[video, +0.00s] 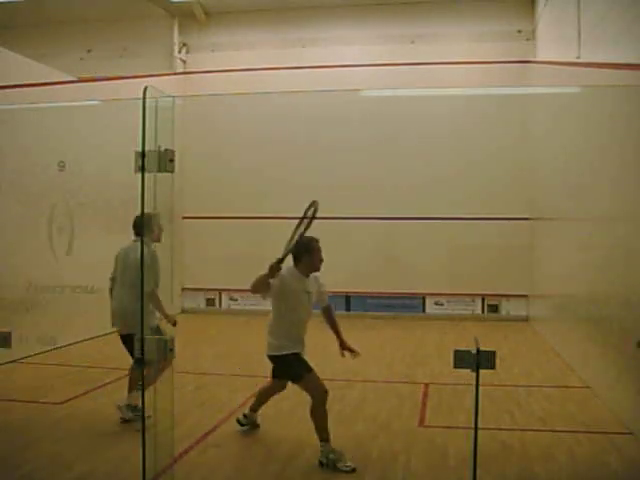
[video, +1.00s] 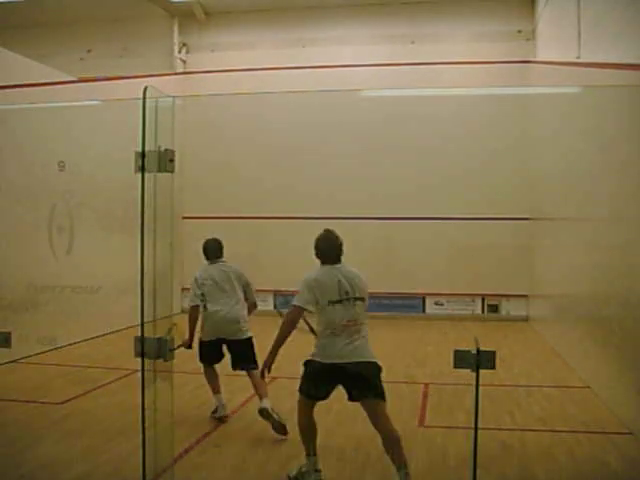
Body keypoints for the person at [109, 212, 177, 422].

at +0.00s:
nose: (162, 230)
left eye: (160, 225)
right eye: (159, 226)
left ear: (138, 230)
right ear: (150, 229)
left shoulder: (123, 252)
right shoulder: (149, 253)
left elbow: (113, 285)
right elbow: (150, 291)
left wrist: (118, 311)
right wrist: (167, 315)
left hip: (122, 322)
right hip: (140, 322)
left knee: (139, 361)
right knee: (165, 357)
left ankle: (132, 404)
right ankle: (133, 398)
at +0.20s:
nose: (206, 226)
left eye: (205, 222)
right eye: (203, 223)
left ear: (185, 226)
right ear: (192, 226)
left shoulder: (168, 245)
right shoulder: (190, 250)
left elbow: (158, 269)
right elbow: (189, 288)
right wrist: (210, 316)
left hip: (161, 315)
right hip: (182, 316)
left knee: (154, 357)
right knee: (209, 356)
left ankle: (136, 400)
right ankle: (226, 406)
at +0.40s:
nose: (241, 231)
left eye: (240, 226)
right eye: (239, 227)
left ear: (218, 230)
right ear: (230, 230)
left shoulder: (199, 252)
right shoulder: (232, 257)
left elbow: (190, 285)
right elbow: (237, 297)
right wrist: (249, 325)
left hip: (193, 319)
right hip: (218, 321)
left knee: (176, 357)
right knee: (237, 358)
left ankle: (154, 396)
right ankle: (228, 409)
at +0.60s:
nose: (255, 227)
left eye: (254, 223)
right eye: (254, 223)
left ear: (233, 226)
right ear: (249, 226)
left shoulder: (216, 246)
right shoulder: (252, 248)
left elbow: (200, 274)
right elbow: (256, 286)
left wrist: (203, 297)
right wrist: (252, 310)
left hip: (204, 305)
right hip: (231, 307)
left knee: (204, 351)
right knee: (254, 350)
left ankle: (194, 400)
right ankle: (245, 403)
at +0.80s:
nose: (259, 261)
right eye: (258, 258)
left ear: (237, 261)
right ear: (256, 260)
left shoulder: (224, 280)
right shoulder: (262, 282)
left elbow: (204, 303)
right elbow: (272, 319)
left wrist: (198, 332)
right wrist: (251, 317)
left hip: (219, 336)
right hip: (246, 337)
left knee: (220, 361)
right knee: (274, 378)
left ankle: (206, 399)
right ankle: (268, 432)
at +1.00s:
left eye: (207, 253)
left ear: (205, 255)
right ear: (223, 253)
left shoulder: (201, 276)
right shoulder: (236, 272)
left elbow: (194, 308)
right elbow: (253, 304)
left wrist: (190, 337)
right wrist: (237, 317)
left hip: (211, 330)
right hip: (238, 328)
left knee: (208, 363)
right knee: (252, 369)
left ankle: (220, 406)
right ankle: (265, 404)